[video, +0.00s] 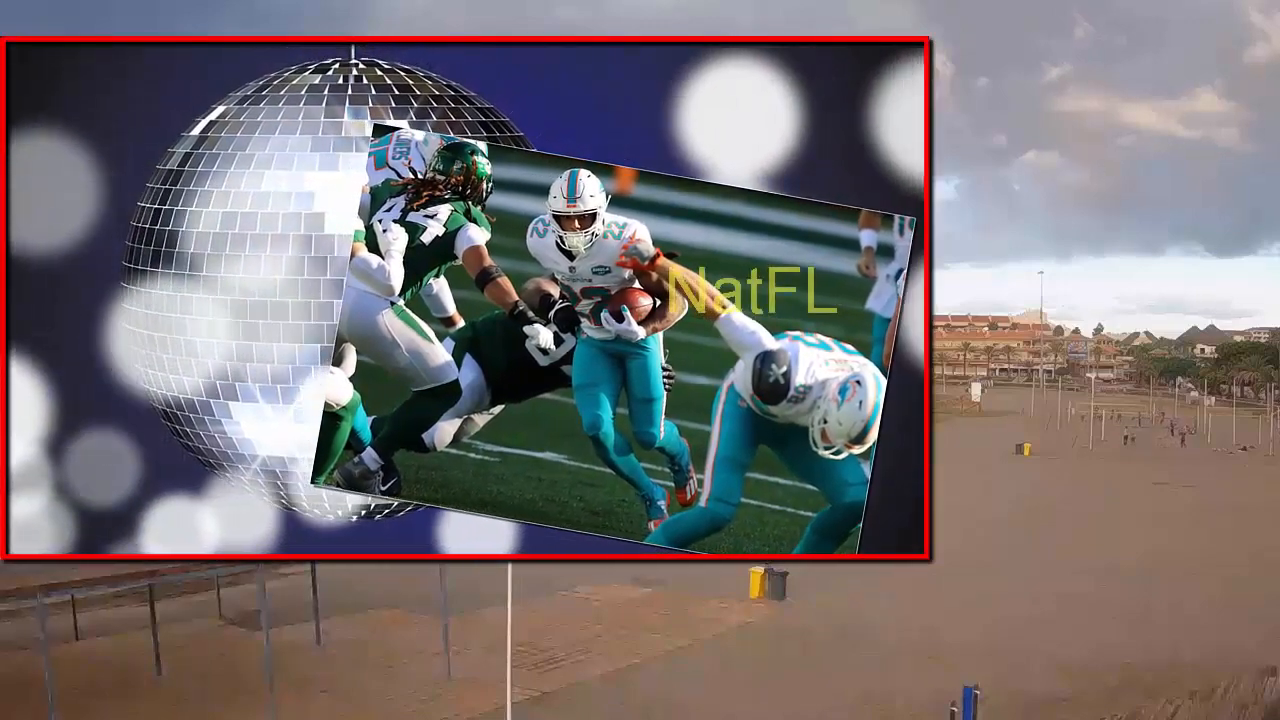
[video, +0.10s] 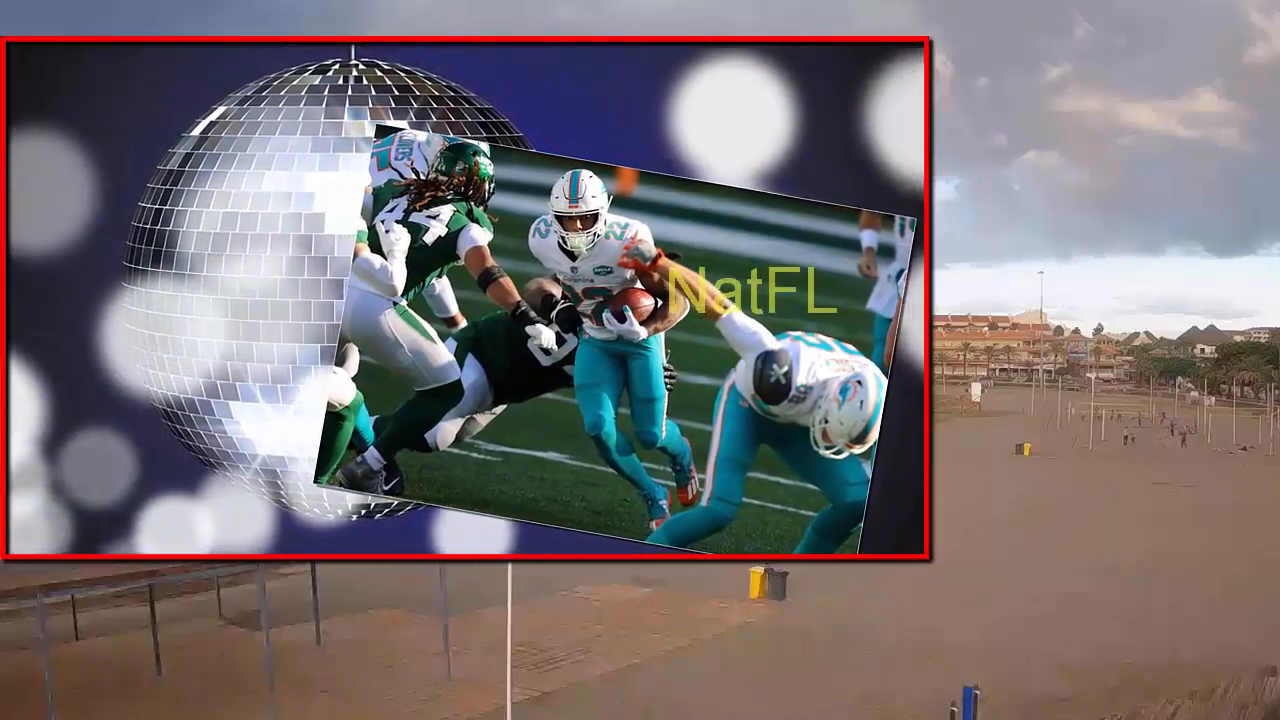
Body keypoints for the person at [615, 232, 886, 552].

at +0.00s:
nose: (834, 451)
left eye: (847, 448)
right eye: (830, 438)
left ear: (872, 427)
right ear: (823, 408)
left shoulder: (884, 413)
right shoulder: (778, 370)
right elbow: (714, 305)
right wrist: (657, 262)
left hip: (799, 422)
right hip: (746, 399)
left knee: (856, 498)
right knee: (719, 510)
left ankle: (795, 574)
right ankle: (638, 563)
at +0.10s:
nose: (833, 446)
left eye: (848, 445)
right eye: (831, 434)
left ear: (871, 429)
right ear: (824, 405)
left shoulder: (882, 415)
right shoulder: (782, 371)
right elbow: (717, 307)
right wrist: (660, 263)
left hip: (800, 423)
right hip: (747, 400)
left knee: (857, 499)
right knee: (720, 510)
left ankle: (797, 574)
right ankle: (639, 557)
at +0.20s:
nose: (833, 446)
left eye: (848, 445)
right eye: (832, 433)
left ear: (870, 430)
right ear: (825, 404)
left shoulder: (881, 414)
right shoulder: (784, 371)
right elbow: (718, 306)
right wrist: (662, 263)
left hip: (801, 423)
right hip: (748, 401)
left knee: (858, 499)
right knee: (722, 510)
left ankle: (797, 574)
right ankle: (645, 556)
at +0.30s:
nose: (837, 449)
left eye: (851, 446)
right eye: (834, 436)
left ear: (874, 428)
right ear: (827, 405)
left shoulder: (884, 414)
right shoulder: (785, 369)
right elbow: (720, 307)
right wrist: (664, 263)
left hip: (803, 422)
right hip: (749, 400)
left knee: (859, 498)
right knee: (723, 508)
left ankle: (798, 574)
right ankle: (643, 558)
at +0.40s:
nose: (838, 449)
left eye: (851, 446)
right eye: (835, 436)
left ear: (875, 428)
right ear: (827, 405)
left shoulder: (885, 413)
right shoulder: (787, 371)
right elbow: (721, 306)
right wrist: (665, 263)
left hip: (804, 422)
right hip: (751, 400)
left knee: (860, 498)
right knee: (725, 508)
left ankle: (799, 572)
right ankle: (648, 554)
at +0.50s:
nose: (837, 446)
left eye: (852, 445)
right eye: (836, 434)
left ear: (873, 429)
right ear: (828, 404)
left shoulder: (885, 411)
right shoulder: (786, 372)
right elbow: (722, 305)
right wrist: (666, 264)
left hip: (803, 421)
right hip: (752, 400)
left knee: (861, 498)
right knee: (726, 508)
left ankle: (800, 571)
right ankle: (649, 555)